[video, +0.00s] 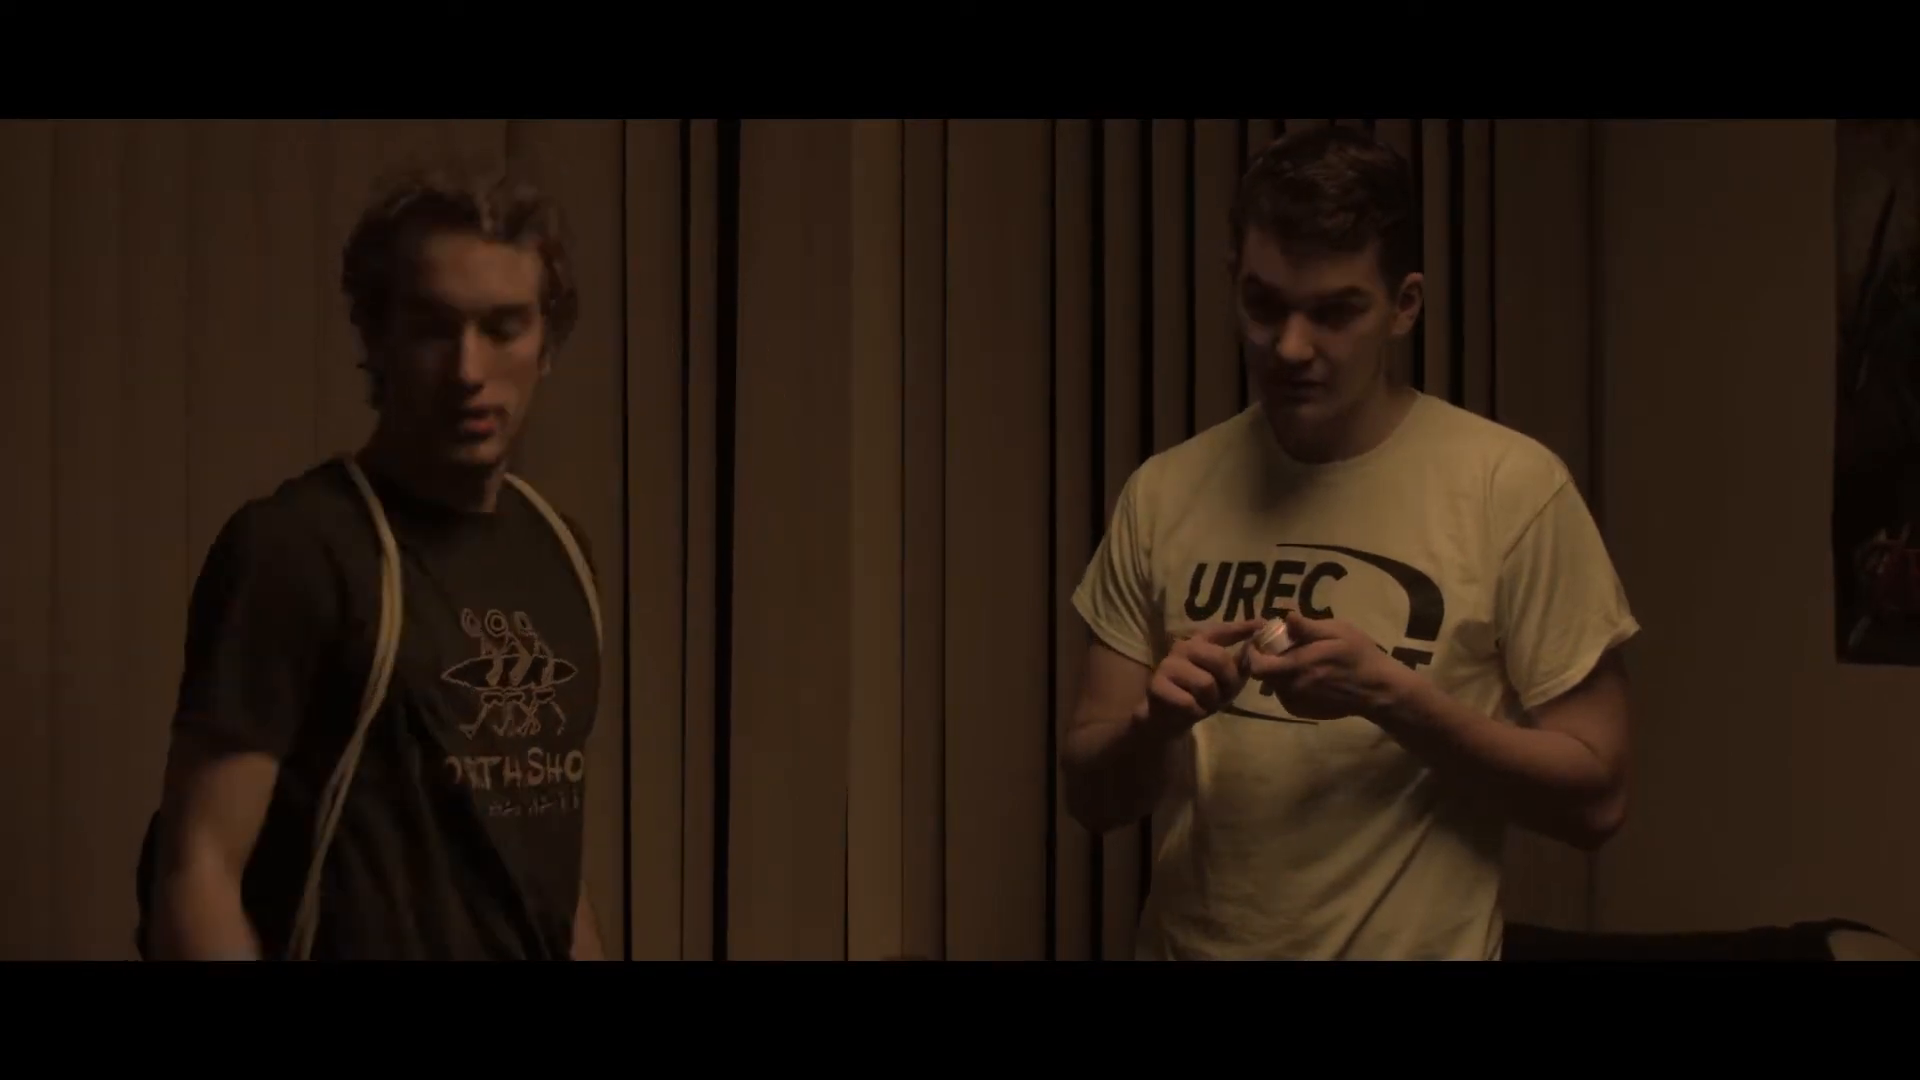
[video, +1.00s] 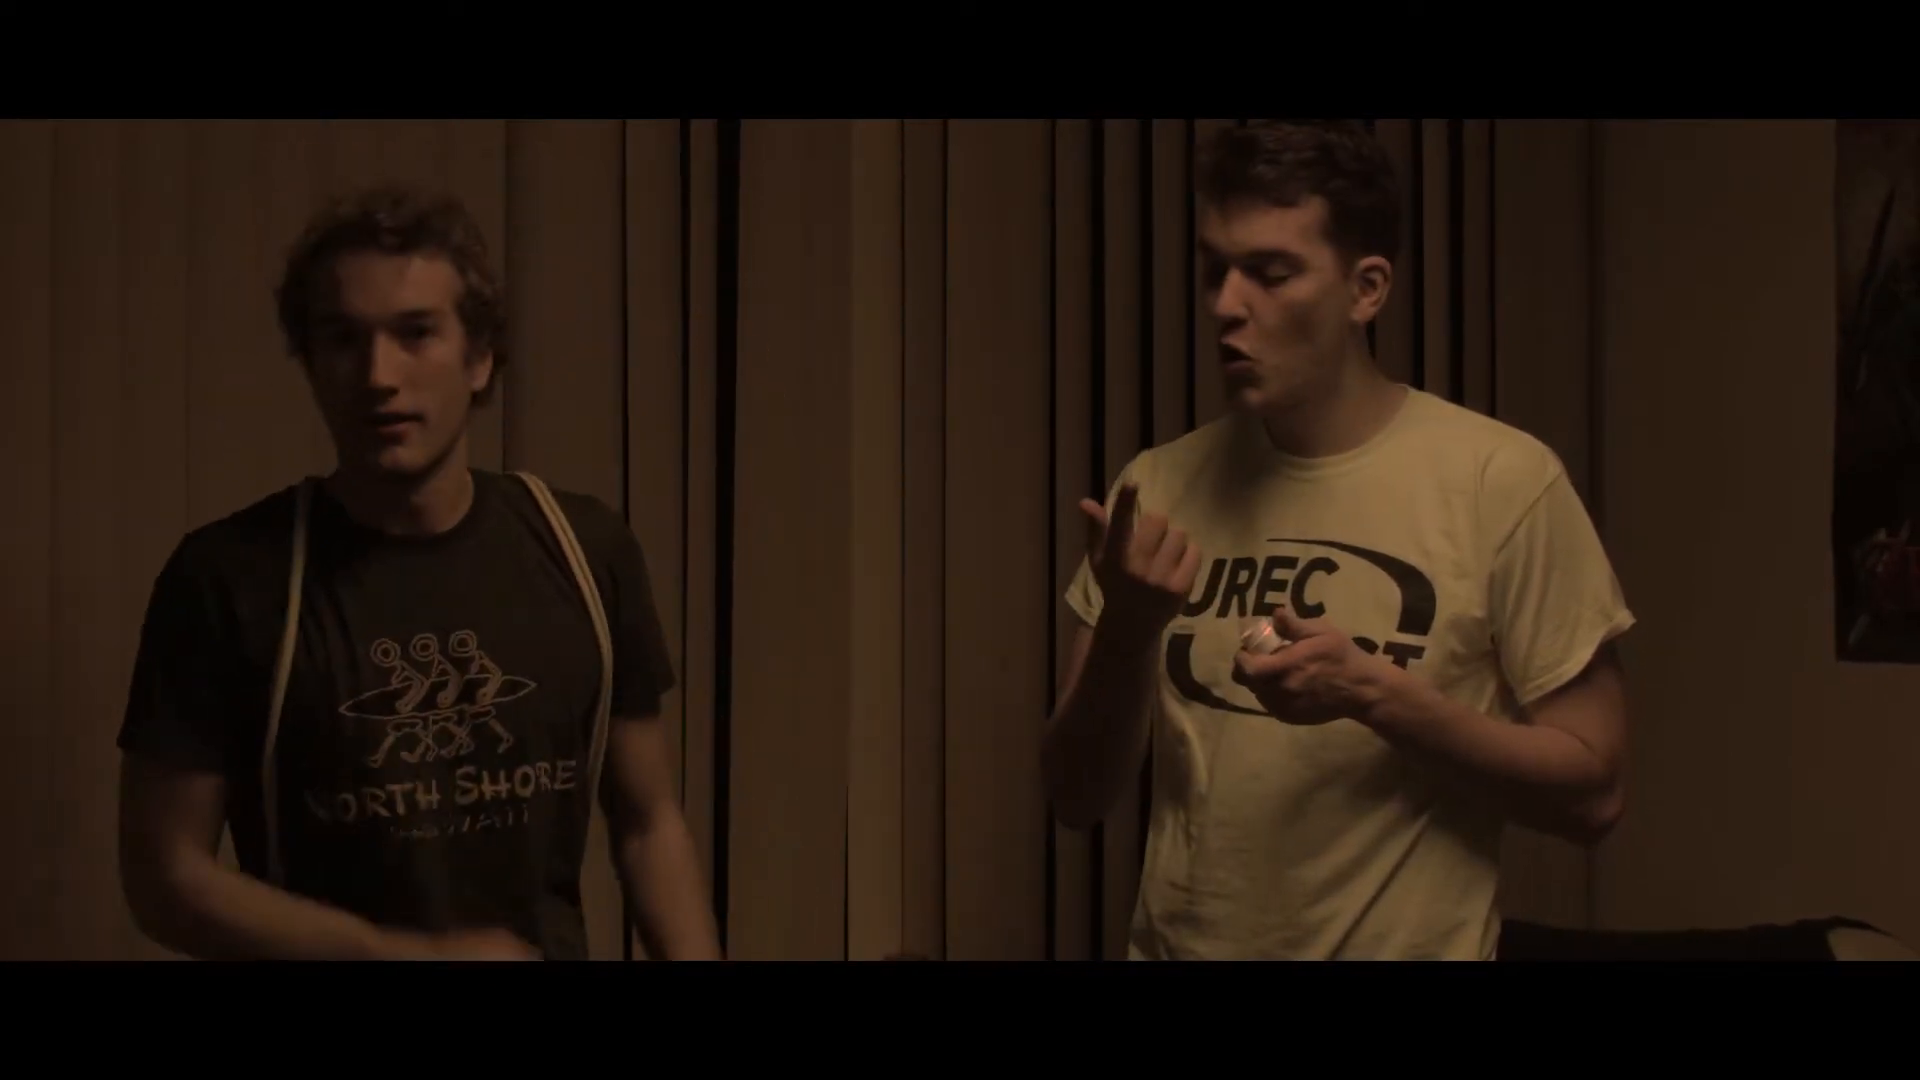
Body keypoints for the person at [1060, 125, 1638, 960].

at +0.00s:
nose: (1292, 349)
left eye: (1334, 313)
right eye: (1266, 307)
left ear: (1404, 305)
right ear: (1239, 292)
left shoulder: (1513, 491)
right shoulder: (1162, 496)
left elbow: (1595, 798)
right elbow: (1089, 798)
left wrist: (1395, 693)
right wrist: (1154, 724)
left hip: (1418, 945)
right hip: (1194, 942)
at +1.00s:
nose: (1224, 307)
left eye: (1270, 272)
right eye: (1216, 271)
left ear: (1366, 289)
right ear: (1201, 273)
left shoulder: (1505, 486)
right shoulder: (1157, 486)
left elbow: (1592, 791)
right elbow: (1076, 799)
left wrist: (1376, 691)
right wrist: (1126, 630)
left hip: (1406, 946)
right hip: (1179, 941)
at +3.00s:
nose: (1242, 342)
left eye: (1284, 307)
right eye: (1226, 308)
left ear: (1376, 317)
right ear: (1207, 314)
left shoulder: (1515, 514)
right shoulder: (1160, 500)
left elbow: (1596, 819)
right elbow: (1047, 775)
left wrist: (1393, 720)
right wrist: (1174, 557)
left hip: (1416, 948)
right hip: (1178, 943)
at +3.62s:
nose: (1281, 358)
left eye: (1319, 320)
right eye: (1251, 323)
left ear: (1394, 315)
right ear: (1224, 322)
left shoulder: (1516, 515)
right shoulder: (1157, 502)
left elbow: (1595, 818)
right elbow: (1067, 800)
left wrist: (1390, 716)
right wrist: (1162, 657)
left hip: (1415, 946)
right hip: (1179, 944)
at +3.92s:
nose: (1291, 368)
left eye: (1332, 331)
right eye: (1262, 330)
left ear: (1404, 323)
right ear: (1235, 319)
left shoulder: (1517, 518)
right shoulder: (1157, 503)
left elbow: (1592, 822)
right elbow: (1069, 793)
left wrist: (1394, 721)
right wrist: (1162, 705)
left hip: (1414, 947)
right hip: (1182, 944)